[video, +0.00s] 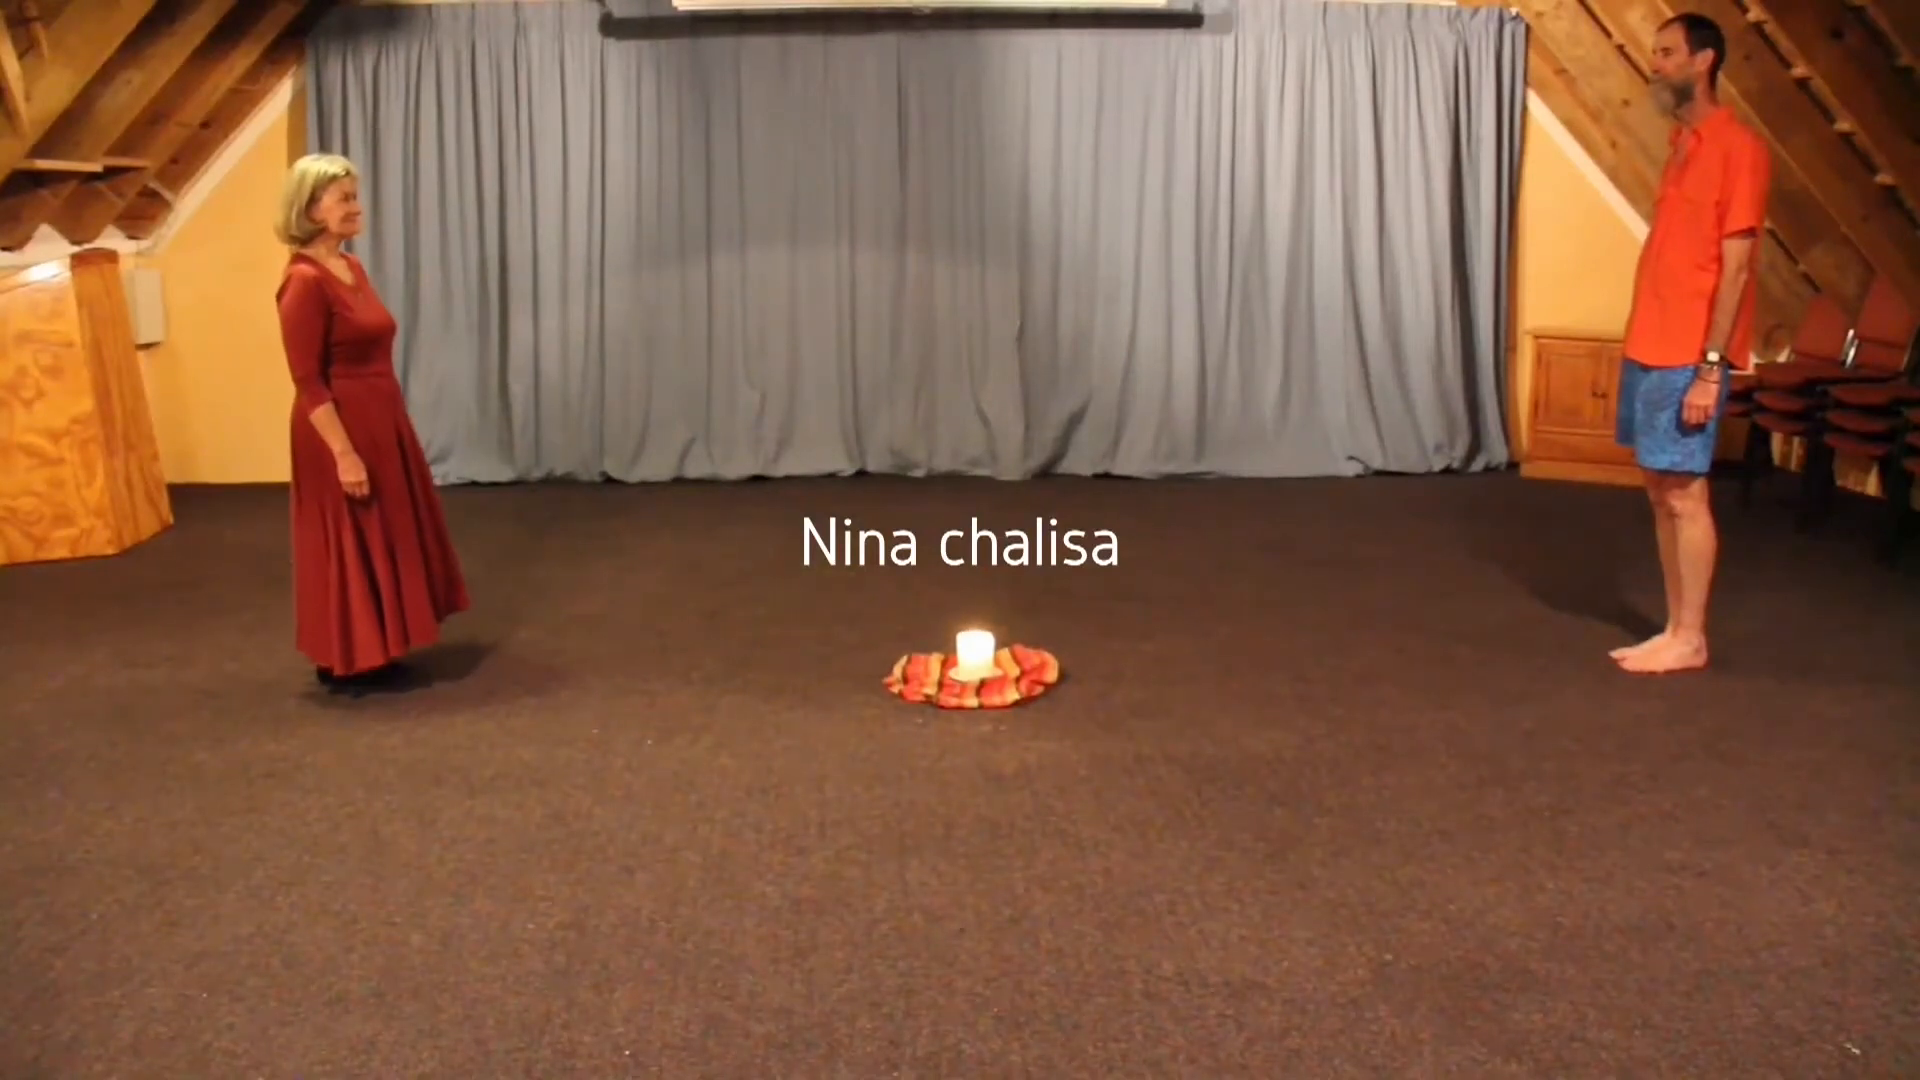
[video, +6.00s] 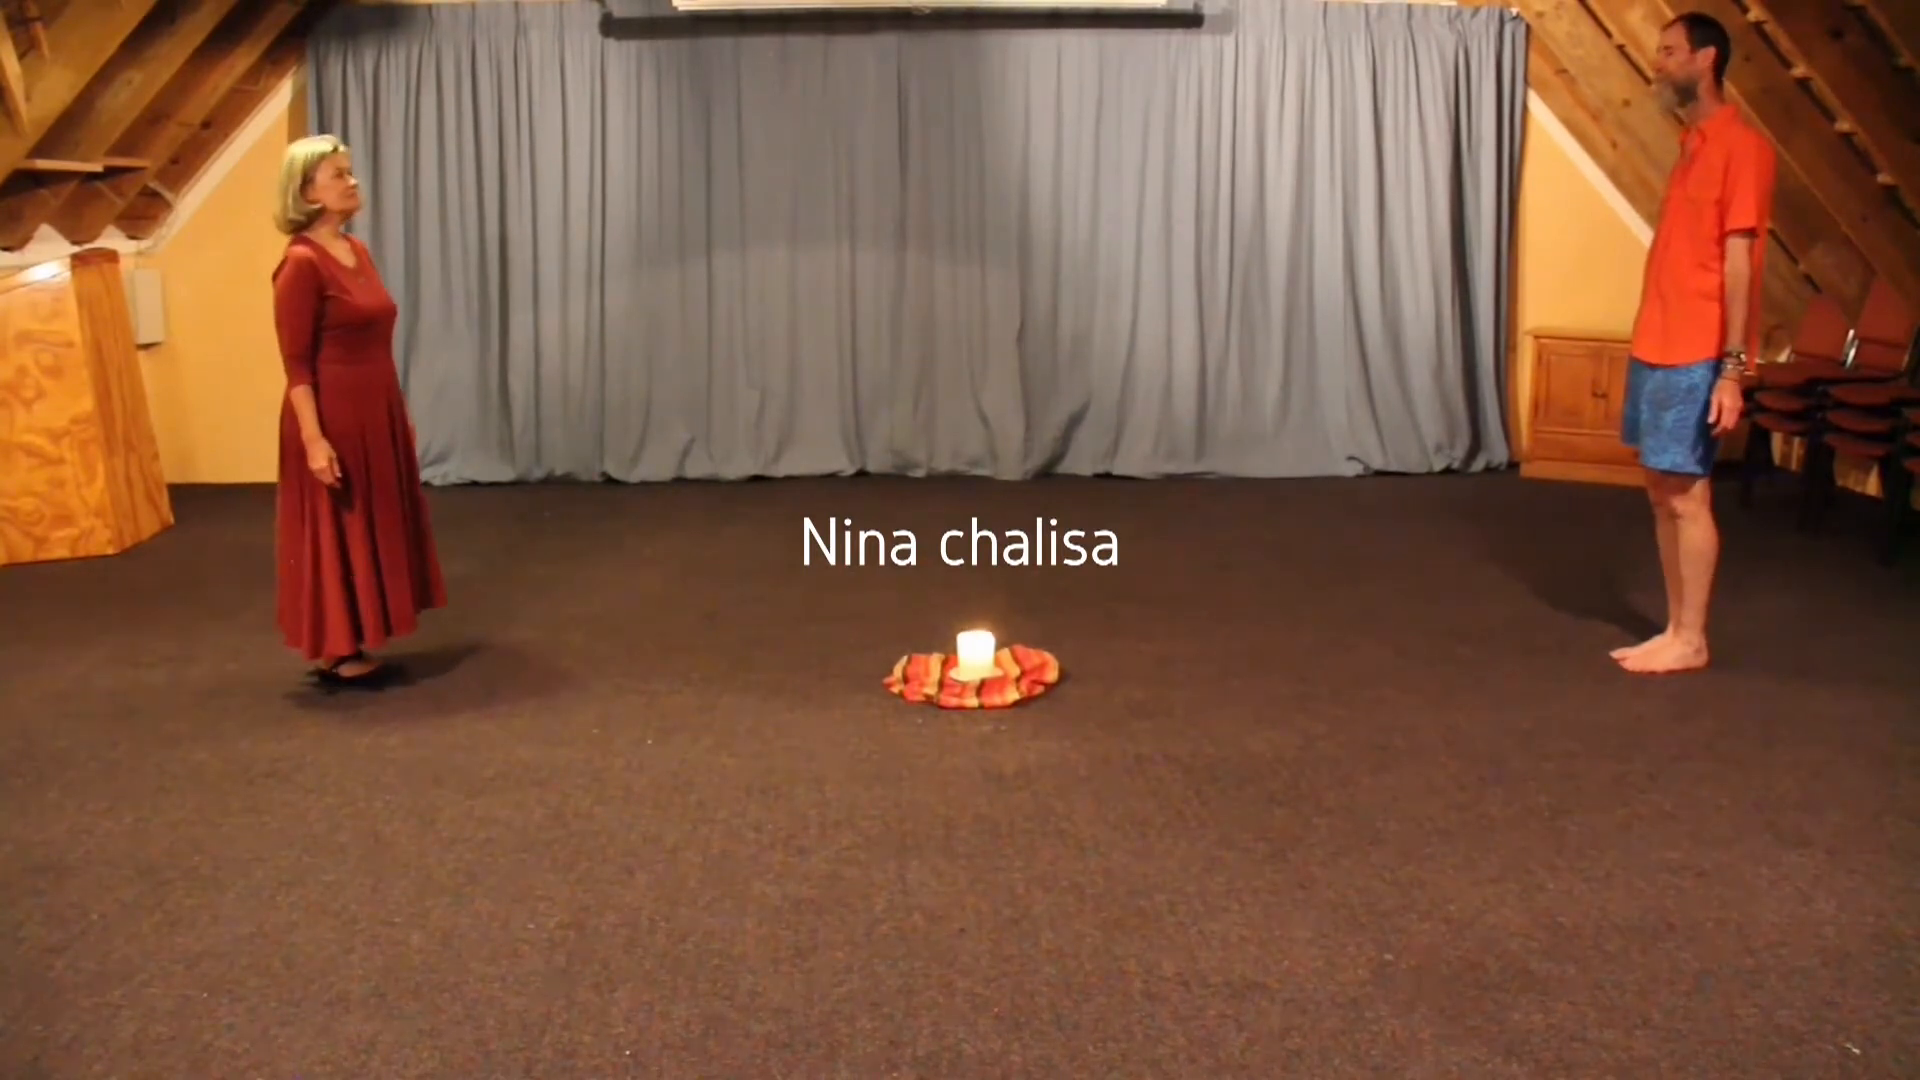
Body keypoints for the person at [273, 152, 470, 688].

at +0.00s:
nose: (356, 207)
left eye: (356, 197)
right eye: (344, 199)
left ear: (353, 205)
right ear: (312, 210)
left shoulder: (351, 267)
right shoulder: (303, 282)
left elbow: (365, 359)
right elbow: (307, 380)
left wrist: (392, 425)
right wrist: (344, 453)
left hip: (376, 420)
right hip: (334, 429)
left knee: (378, 531)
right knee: (344, 539)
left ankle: (375, 649)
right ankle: (343, 656)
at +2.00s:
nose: (337, 184)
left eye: (334, 175)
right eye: (323, 177)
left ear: (318, 192)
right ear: (293, 194)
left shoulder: (336, 250)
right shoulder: (289, 263)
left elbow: (358, 345)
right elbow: (296, 364)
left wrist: (383, 415)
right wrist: (332, 437)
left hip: (365, 406)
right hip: (327, 413)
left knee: (355, 524)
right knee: (330, 528)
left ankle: (346, 645)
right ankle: (335, 650)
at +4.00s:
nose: (331, 184)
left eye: (328, 174)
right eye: (318, 175)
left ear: (320, 184)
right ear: (286, 188)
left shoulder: (324, 250)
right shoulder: (275, 260)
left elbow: (338, 345)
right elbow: (271, 360)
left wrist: (361, 412)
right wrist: (302, 434)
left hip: (340, 404)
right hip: (302, 410)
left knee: (340, 520)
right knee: (311, 525)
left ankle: (339, 641)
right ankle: (323, 648)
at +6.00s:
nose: (354, 182)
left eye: (351, 173)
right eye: (340, 175)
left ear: (343, 185)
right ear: (309, 191)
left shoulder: (354, 250)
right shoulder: (300, 262)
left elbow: (373, 347)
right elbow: (296, 362)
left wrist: (396, 412)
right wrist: (313, 437)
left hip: (374, 407)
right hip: (332, 412)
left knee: (364, 520)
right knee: (333, 524)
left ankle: (351, 641)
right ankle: (335, 647)